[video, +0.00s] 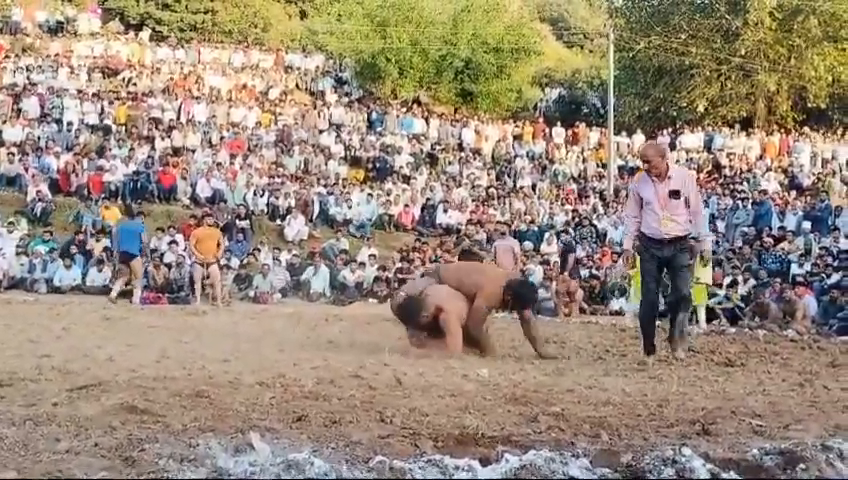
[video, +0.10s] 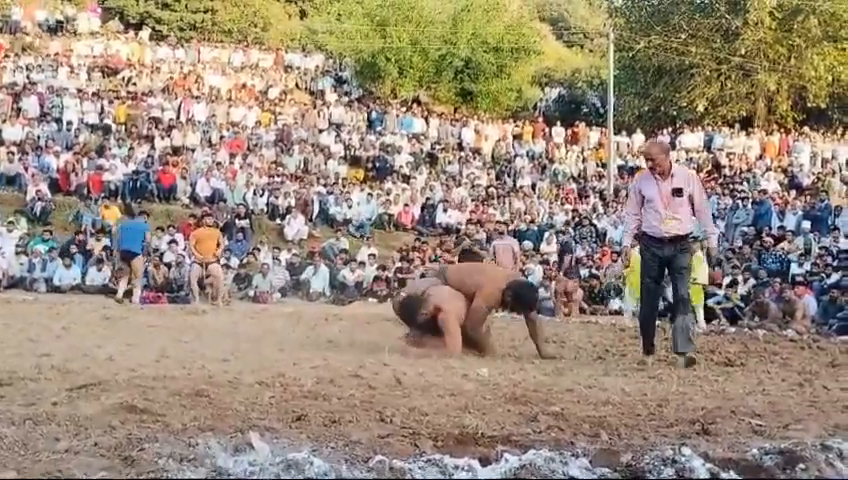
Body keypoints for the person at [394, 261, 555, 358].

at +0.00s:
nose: (519, 311)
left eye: (524, 309)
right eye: (519, 307)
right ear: (510, 298)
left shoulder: (517, 283)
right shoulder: (490, 291)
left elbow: (527, 321)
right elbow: (472, 329)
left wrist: (540, 350)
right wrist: (487, 351)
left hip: (457, 273)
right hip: (435, 276)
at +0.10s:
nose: (516, 314)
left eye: (520, 312)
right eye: (515, 310)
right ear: (508, 298)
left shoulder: (521, 282)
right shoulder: (490, 291)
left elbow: (532, 318)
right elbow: (471, 329)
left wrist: (542, 351)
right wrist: (486, 352)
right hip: (434, 280)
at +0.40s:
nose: (491, 311)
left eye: (498, 309)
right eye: (491, 307)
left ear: (509, 295)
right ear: (486, 295)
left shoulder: (504, 286)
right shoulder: (469, 290)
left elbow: (518, 320)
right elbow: (454, 329)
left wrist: (539, 350)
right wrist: (481, 348)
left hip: (452, 280)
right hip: (427, 285)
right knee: (421, 330)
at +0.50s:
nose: (485, 308)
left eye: (489, 305)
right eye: (483, 304)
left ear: (498, 293)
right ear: (474, 292)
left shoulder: (496, 285)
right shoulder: (459, 290)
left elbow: (515, 319)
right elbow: (453, 332)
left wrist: (537, 349)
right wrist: (478, 348)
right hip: (427, 294)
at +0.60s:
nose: (477, 302)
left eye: (482, 300)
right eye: (474, 299)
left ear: (490, 287)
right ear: (466, 287)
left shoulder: (490, 279)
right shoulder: (450, 285)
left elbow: (511, 311)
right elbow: (453, 329)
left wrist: (523, 347)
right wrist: (478, 341)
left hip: (459, 303)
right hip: (426, 301)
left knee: (484, 340)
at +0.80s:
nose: (470, 295)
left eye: (475, 293)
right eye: (468, 292)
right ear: (460, 281)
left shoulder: (481, 271)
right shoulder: (446, 280)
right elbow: (456, 328)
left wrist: (490, 325)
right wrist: (477, 334)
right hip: (410, 289)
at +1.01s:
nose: (475, 299)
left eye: (478, 296)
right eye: (475, 295)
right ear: (467, 289)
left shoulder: (468, 265)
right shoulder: (447, 289)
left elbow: (472, 296)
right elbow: (454, 330)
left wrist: (476, 318)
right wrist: (470, 327)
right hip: (393, 279)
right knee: (391, 329)